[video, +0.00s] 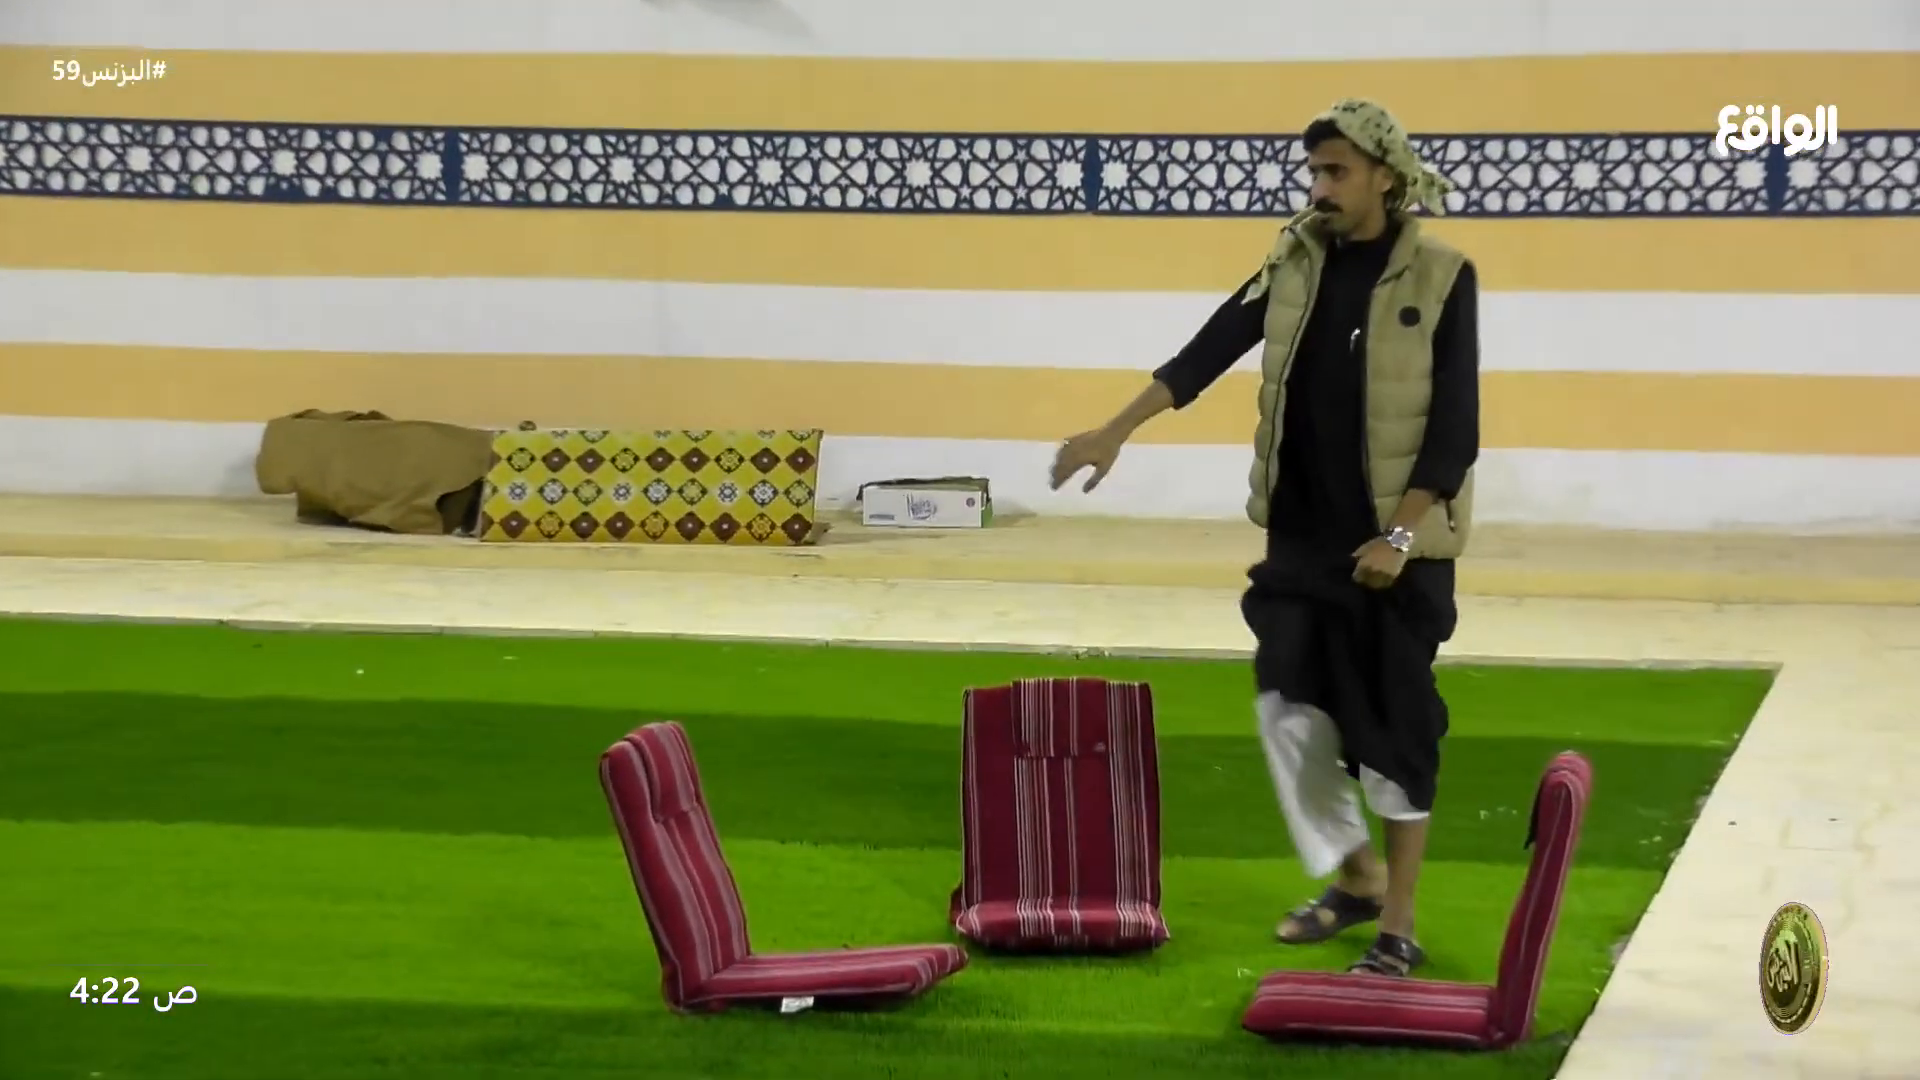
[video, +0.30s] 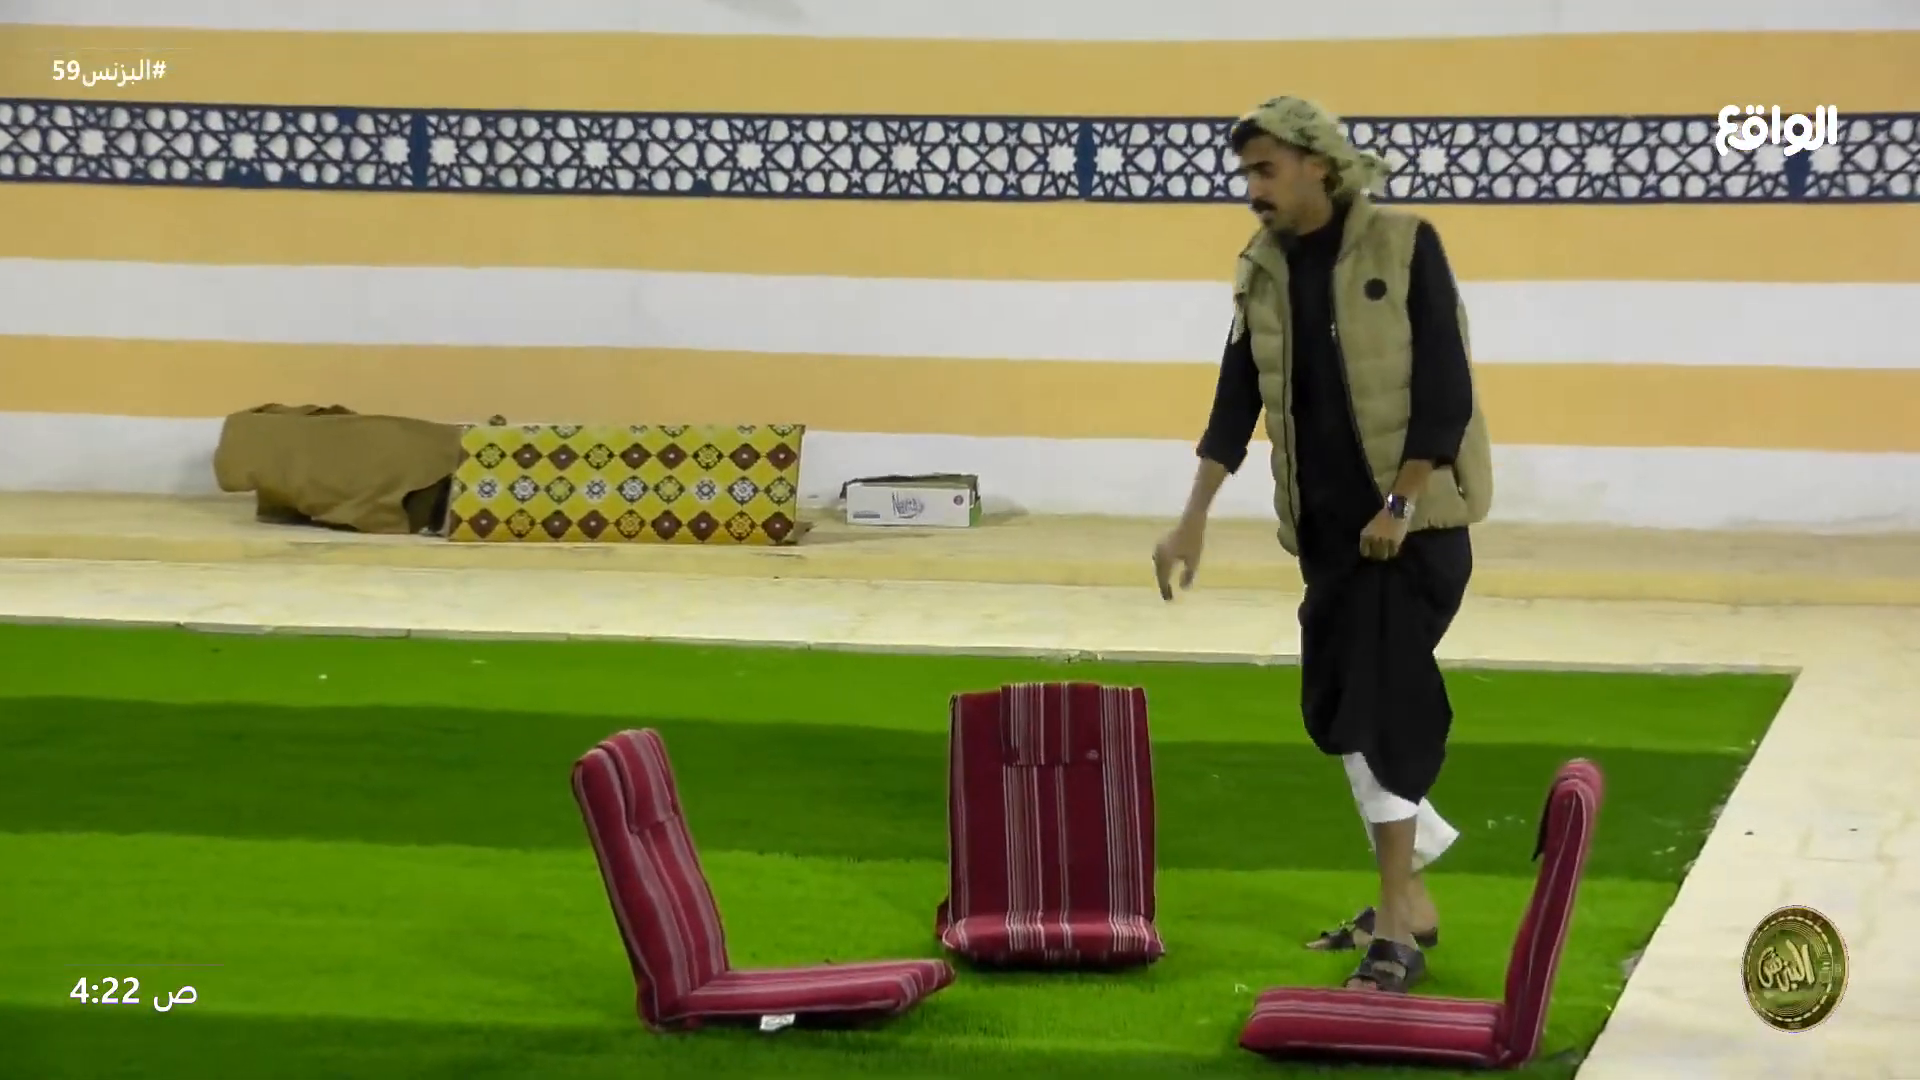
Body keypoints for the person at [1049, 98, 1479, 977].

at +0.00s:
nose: (1319, 187)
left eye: (1335, 171)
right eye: (1313, 172)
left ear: (1386, 175)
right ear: (1313, 176)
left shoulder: (1443, 275)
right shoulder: (1294, 265)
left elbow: (1456, 421)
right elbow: (1210, 349)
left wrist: (1402, 531)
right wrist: (1115, 429)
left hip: (1400, 547)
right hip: (1300, 542)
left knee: (1396, 738)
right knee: (1290, 719)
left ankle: (1398, 928)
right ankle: (1359, 880)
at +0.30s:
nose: (1252, 191)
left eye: (1264, 171)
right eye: (1246, 176)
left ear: (1320, 164)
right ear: (1256, 181)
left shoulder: (1402, 243)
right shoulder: (1265, 267)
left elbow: (1444, 382)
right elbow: (1238, 395)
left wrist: (1403, 501)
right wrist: (1194, 514)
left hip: (1414, 517)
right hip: (1327, 526)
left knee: (1376, 706)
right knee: (1342, 710)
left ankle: (1400, 921)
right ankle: (1409, 906)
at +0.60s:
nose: (1187, 206)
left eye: (1197, 188)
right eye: (1180, 191)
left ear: (1253, 174)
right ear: (1199, 187)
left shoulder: (1348, 229)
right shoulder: (1222, 275)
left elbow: (1416, 358)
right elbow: (1253, 408)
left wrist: (1373, 477)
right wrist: (1258, 520)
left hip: (1388, 499)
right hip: (1304, 511)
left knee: (1345, 678)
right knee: (1334, 689)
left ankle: (1374, 898)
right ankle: (1372, 901)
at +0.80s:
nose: (1158, 226)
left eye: (1163, 208)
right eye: (1152, 212)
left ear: (1216, 192)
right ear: (1203, 200)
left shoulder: (1315, 244)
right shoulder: (1221, 280)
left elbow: (1368, 373)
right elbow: (1243, 414)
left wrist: (1327, 490)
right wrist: (1255, 521)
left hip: (1355, 523)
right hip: (1302, 527)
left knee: (1314, 707)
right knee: (1323, 704)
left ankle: (1324, 916)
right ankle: (1359, 898)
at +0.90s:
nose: (1140, 227)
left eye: (1146, 210)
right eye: (1136, 212)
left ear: (1196, 197)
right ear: (1192, 201)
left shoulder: (1273, 263)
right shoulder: (1210, 270)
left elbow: (1316, 397)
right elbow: (1234, 399)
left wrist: (1277, 506)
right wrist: (1226, 490)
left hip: (1327, 531)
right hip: (1287, 531)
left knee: (1291, 716)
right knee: (1308, 708)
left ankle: (1308, 919)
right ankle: (1341, 896)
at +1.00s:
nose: (1130, 230)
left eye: (1134, 213)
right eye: (1126, 215)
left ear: (1177, 198)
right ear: (1187, 196)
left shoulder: (1236, 271)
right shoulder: (1253, 239)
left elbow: (1272, 402)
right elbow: (1265, 374)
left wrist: (1252, 523)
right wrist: (1215, 443)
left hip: (1304, 534)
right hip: (1312, 515)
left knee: (1267, 706)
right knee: (1239, 686)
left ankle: (1292, 917)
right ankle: (1310, 873)